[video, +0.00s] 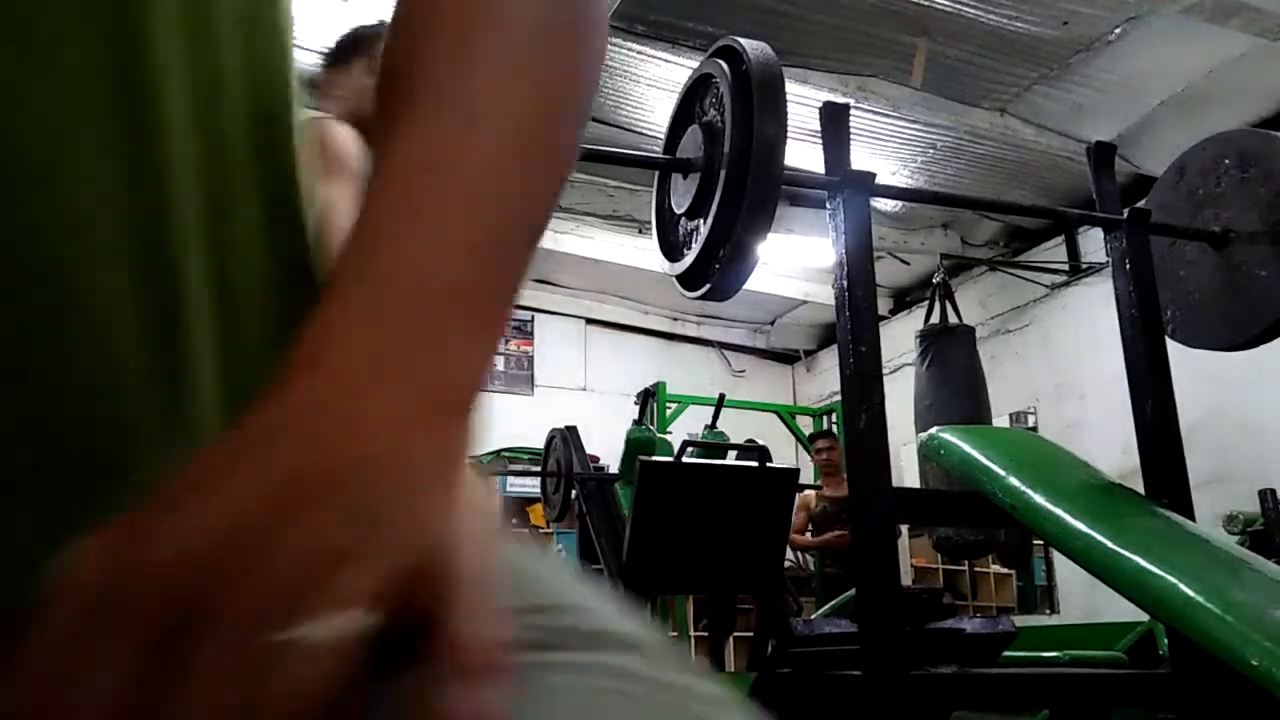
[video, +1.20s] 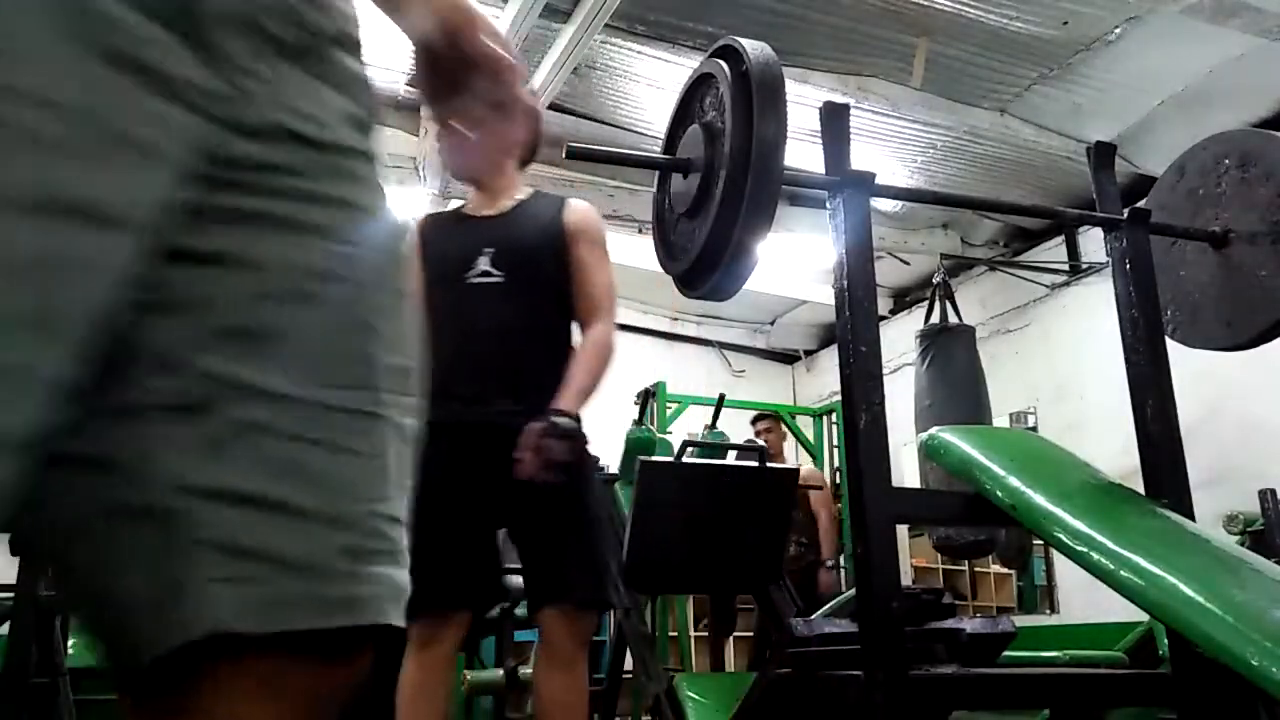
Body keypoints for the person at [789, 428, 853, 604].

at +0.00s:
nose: (825, 457)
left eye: (831, 450)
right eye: (819, 452)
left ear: (841, 452)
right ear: (813, 458)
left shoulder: (857, 490)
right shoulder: (809, 498)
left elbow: (892, 529)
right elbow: (794, 538)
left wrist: (854, 537)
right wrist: (823, 540)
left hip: (862, 570)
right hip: (829, 575)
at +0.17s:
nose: (825, 455)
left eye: (831, 448)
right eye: (818, 450)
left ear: (841, 451)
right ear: (812, 457)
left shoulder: (857, 489)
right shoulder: (808, 496)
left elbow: (892, 529)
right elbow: (794, 536)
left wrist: (851, 538)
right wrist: (816, 544)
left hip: (861, 569)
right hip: (828, 573)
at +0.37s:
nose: (826, 450)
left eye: (832, 443)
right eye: (820, 445)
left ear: (843, 446)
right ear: (814, 451)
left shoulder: (858, 486)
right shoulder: (808, 493)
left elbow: (878, 525)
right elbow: (798, 537)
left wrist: (851, 534)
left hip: (856, 568)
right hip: (822, 571)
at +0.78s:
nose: (803, 443)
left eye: (809, 436)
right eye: (798, 438)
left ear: (824, 439)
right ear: (796, 444)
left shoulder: (842, 481)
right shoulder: (798, 484)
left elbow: (860, 522)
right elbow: (793, 528)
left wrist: (829, 532)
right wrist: (791, 561)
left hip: (838, 570)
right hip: (804, 570)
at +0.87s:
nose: (793, 444)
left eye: (799, 437)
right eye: (789, 439)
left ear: (814, 440)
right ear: (786, 444)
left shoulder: (836, 480)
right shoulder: (789, 481)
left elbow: (856, 520)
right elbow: (787, 526)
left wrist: (820, 534)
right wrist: (786, 558)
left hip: (832, 571)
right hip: (796, 571)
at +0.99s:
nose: (779, 442)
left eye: (785, 434)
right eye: (775, 437)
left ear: (802, 437)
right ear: (772, 442)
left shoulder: (827, 478)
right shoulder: (777, 480)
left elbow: (841, 523)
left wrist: (808, 550)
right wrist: (781, 552)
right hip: (781, 567)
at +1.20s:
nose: (764, 438)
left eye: (769, 431)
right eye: (758, 434)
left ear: (783, 435)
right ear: (755, 439)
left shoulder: (807, 476)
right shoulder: (754, 481)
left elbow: (825, 519)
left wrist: (829, 564)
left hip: (804, 566)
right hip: (768, 566)